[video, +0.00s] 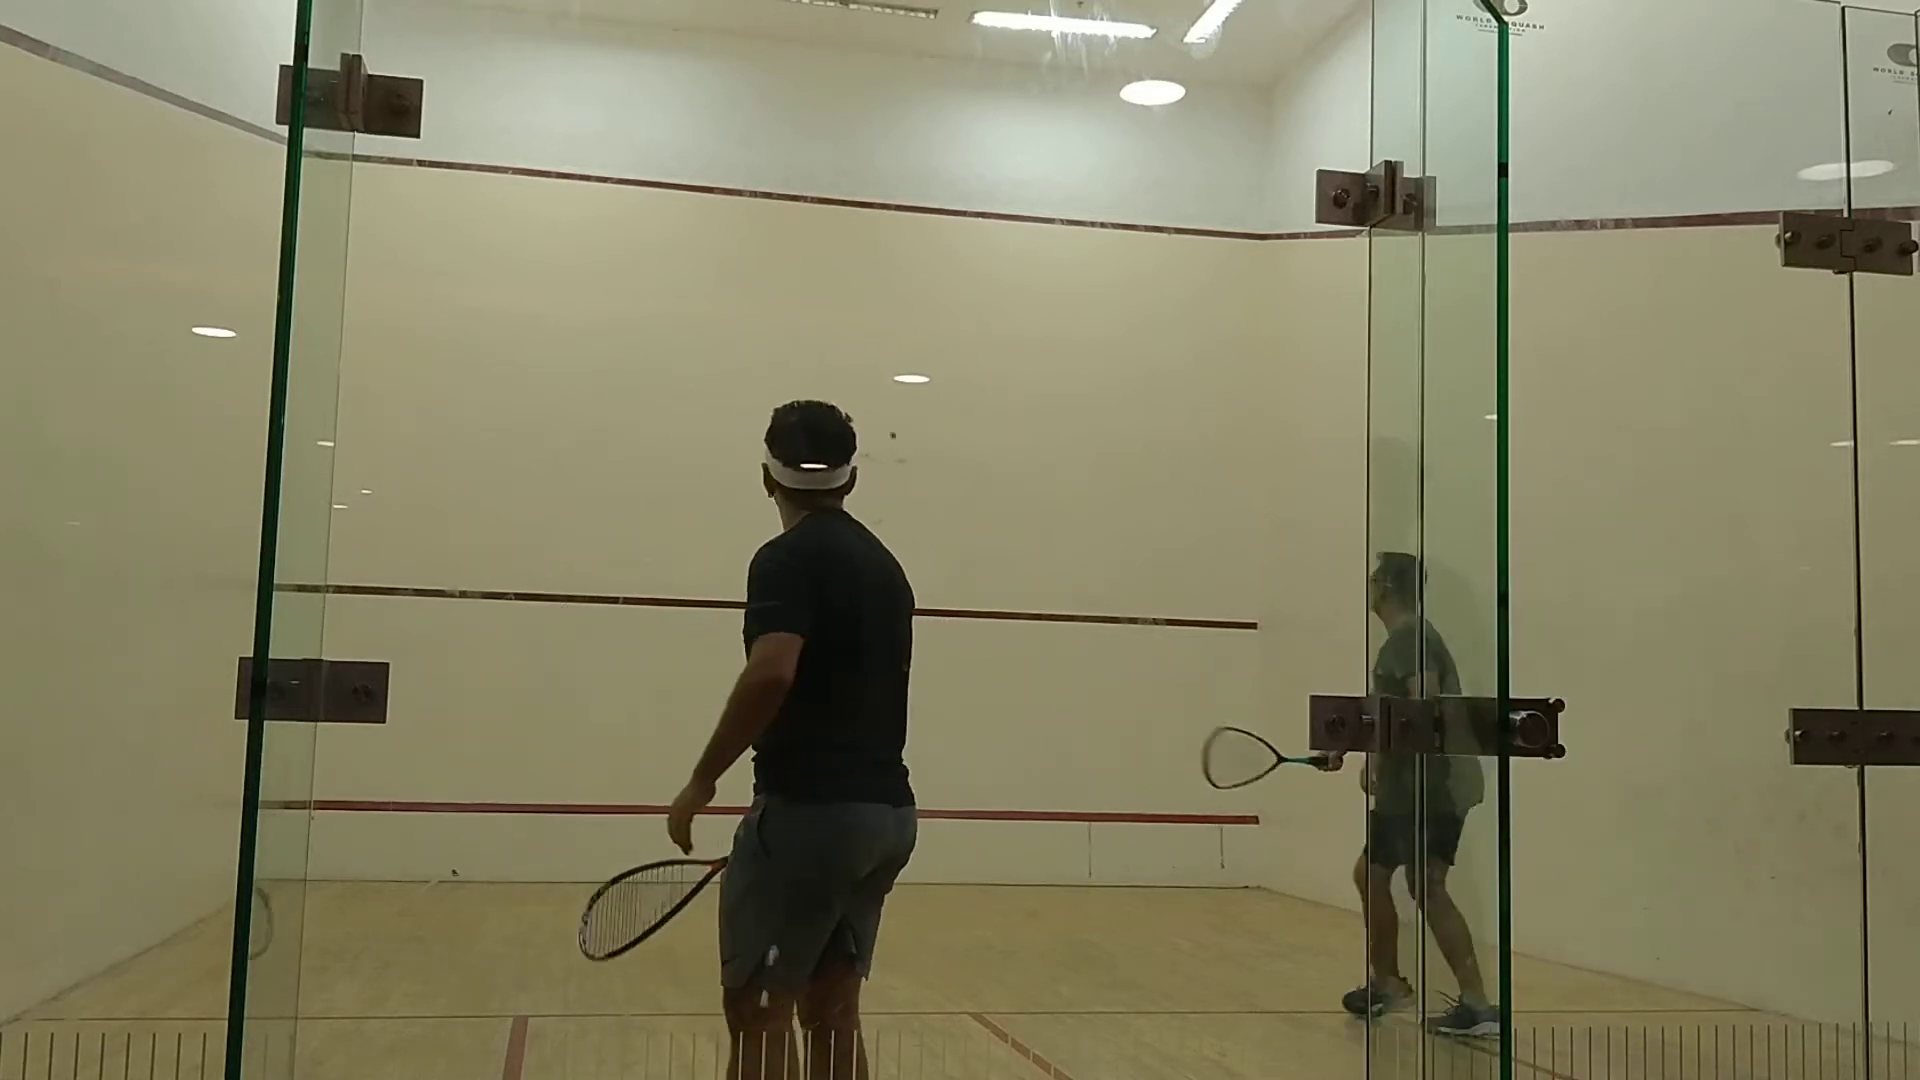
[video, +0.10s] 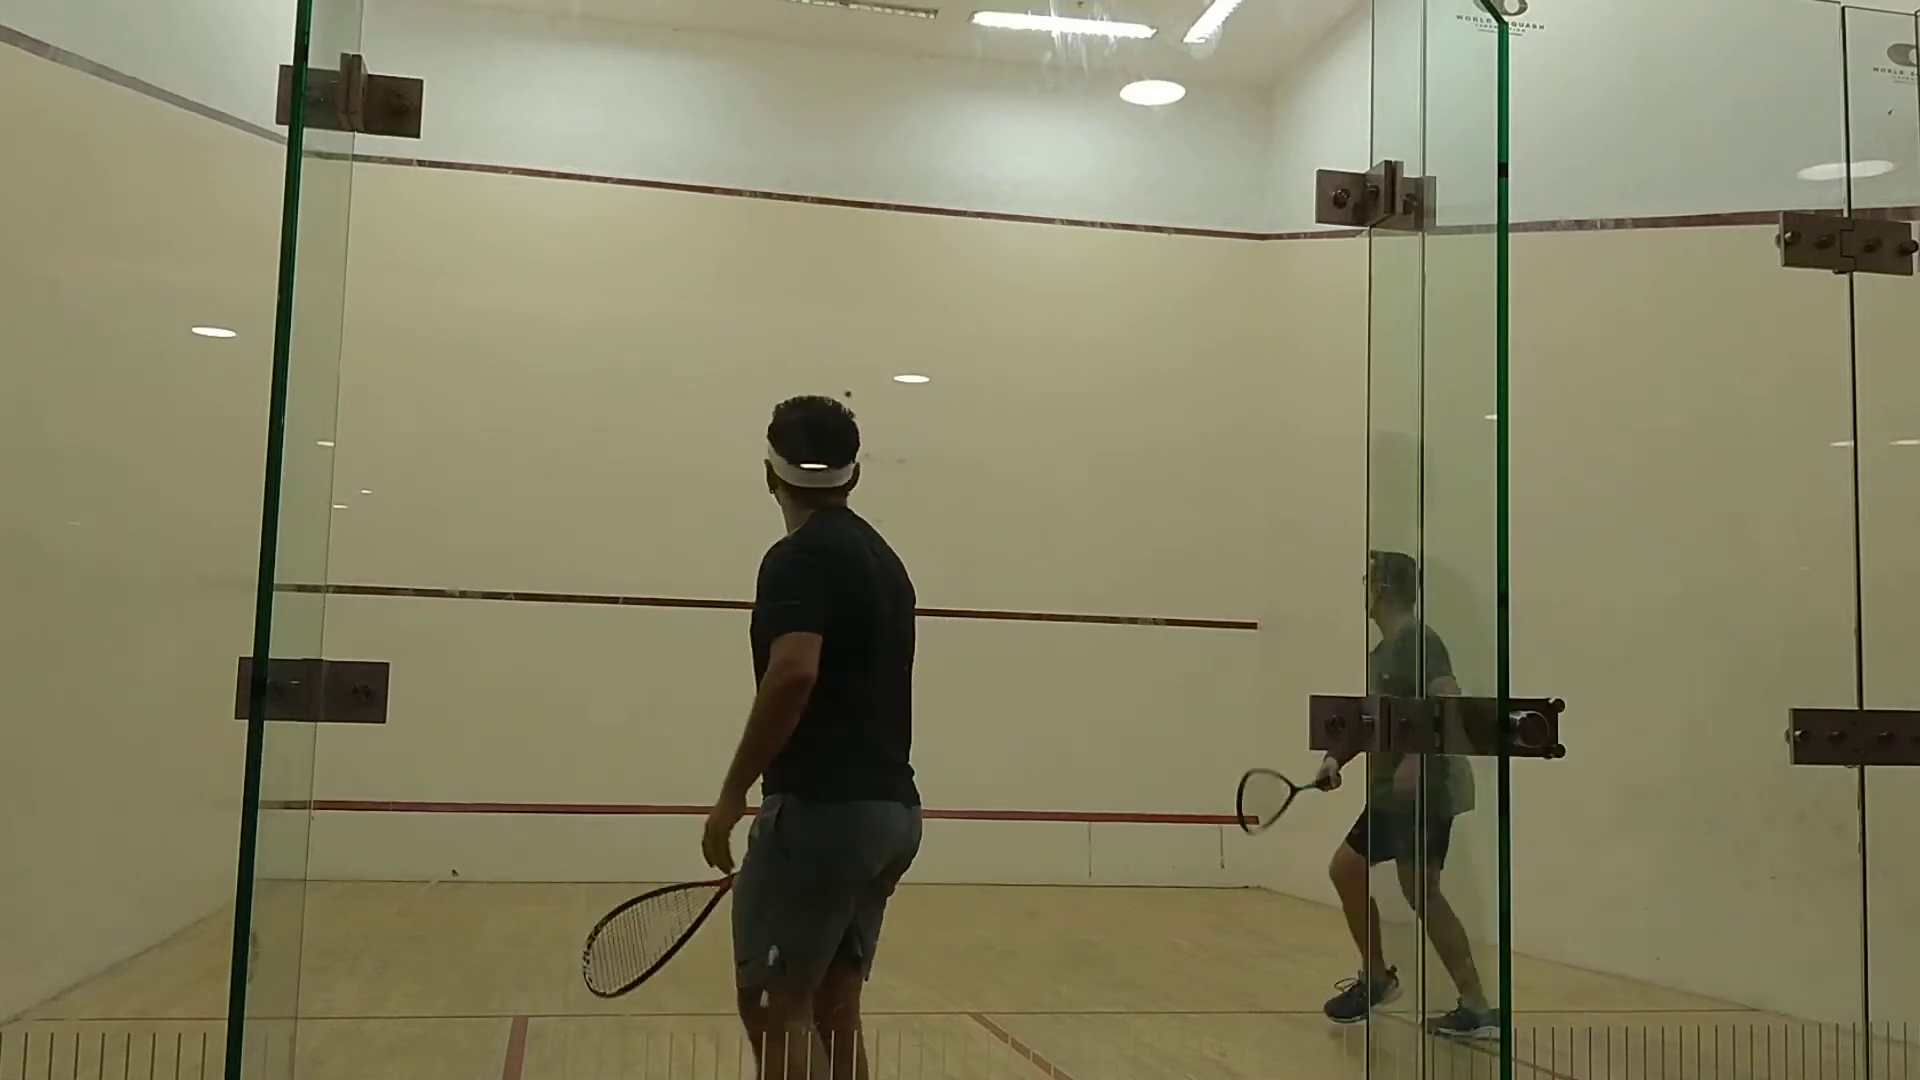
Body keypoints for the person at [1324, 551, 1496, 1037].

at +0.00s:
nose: (1367, 590)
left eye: (1371, 582)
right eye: (1370, 582)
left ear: (1383, 589)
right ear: (1409, 590)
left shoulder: (1409, 641)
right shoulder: (1415, 641)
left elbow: (1420, 709)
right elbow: (1385, 711)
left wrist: (1378, 757)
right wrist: (1344, 746)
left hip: (1418, 786)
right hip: (1443, 785)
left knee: (1369, 873)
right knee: (1427, 886)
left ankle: (1385, 981)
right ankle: (1475, 999)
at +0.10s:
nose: (1362, 595)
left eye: (1366, 587)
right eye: (1364, 587)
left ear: (1381, 592)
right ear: (1398, 591)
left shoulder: (1420, 643)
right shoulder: (1386, 651)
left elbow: (1447, 704)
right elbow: (1374, 717)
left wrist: (1416, 758)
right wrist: (1336, 758)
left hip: (1418, 788)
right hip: (1414, 788)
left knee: (1346, 871)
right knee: (1422, 892)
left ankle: (1375, 976)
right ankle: (1475, 1002)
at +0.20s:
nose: (1349, 584)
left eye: (1355, 577)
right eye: (1352, 577)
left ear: (1376, 588)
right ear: (1378, 588)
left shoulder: (1411, 639)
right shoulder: (1372, 647)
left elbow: (1448, 700)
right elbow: (1361, 716)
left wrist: (1444, 764)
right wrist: (1326, 767)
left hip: (1407, 789)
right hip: (1390, 786)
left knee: (1331, 867)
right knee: (1415, 892)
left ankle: (1358, 990)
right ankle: (1476, 1005)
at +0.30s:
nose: (1332, 587)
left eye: (1341, 581)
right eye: (1336, 579)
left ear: (1367, 591)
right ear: (1362, 591)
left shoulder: (1393, 643)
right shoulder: (1357, 650)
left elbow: (1441, 705)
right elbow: (1343, 723)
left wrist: (1437, 772)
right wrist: (1307, 777)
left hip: (1386, 790)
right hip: (1388, 789)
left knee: (1323, 875)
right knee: (1403, 896)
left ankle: (1332, 1009)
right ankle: (1472, 1001)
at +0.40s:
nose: (1311, 594)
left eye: (1322, 587)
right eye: (1315, 586)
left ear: (1351, 598)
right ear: (1343, 598)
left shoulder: (1378, 651)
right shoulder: (1332, 658)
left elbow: (1414, 728)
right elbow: (1324, 732)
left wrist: (1401, 790)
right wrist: (1293, 791)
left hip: (1370, 798)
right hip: (1361, 796)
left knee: (1311, 887)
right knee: (1399, 903)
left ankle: (1331, 1025)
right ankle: (1472, 1003)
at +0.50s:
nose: (1291, 586)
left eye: (1302, 580)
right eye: (1294, 579)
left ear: (1332, 593)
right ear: (1318, 592)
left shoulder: (1348, 648)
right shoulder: (1310, 650)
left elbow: (1376, 727)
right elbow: (1308, 735)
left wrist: (1355, 790)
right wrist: (1286, 793)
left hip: (1341, 797)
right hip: (1337, 794)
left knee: (1290, 895)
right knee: (1378, 900)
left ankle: (1328, 1026)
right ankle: (1453, 992)